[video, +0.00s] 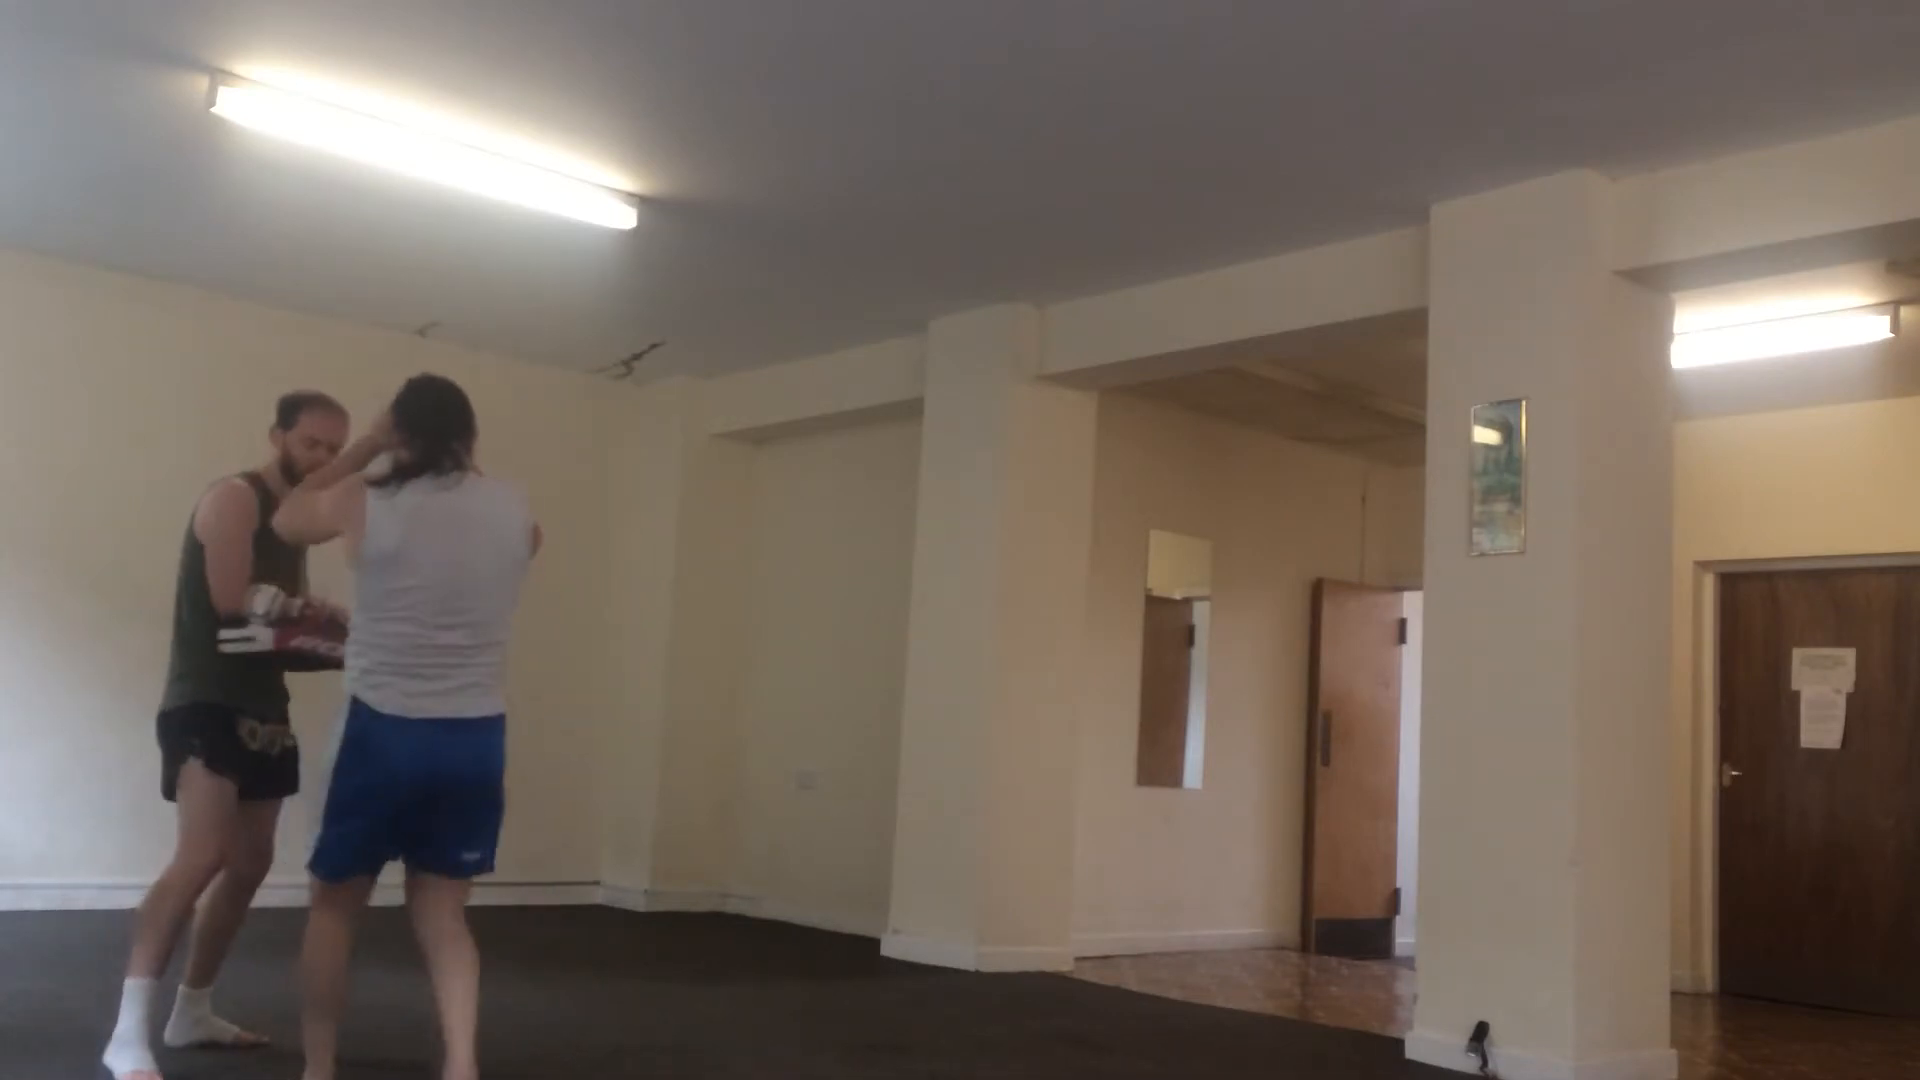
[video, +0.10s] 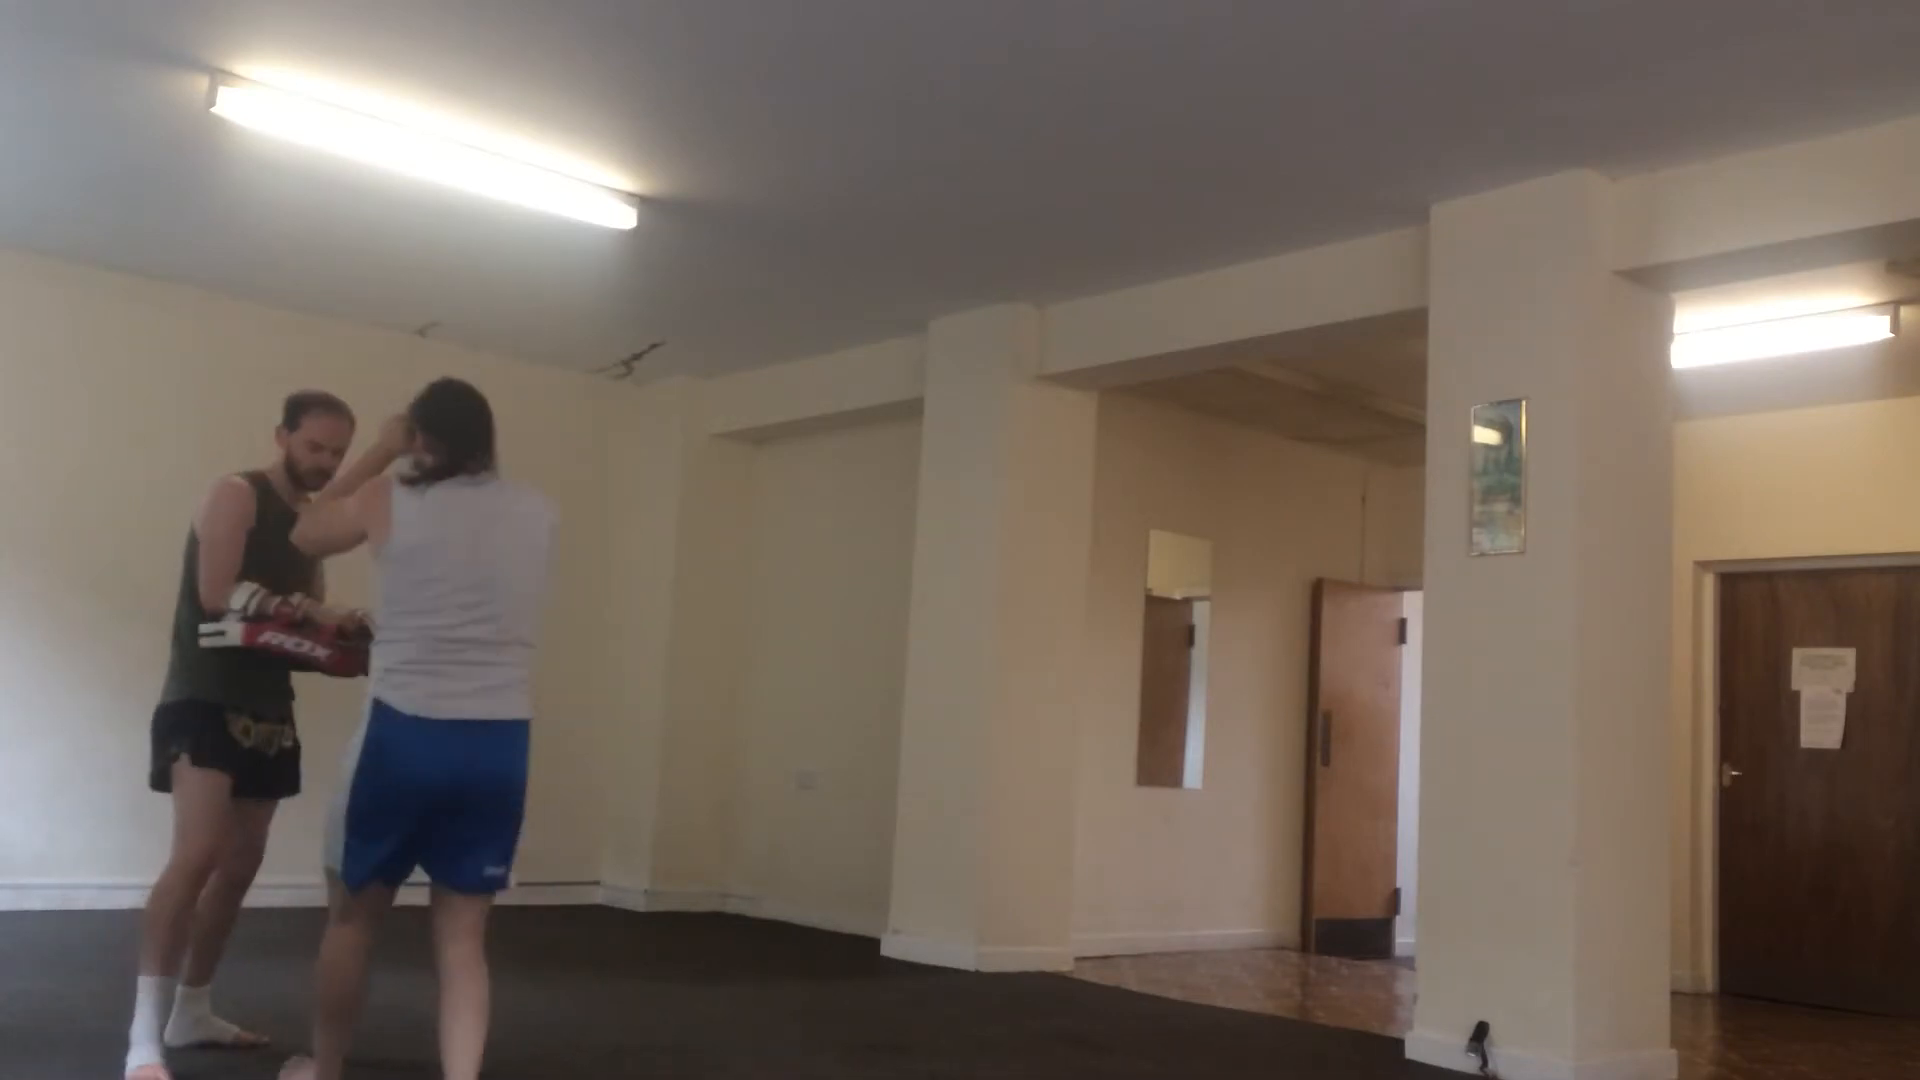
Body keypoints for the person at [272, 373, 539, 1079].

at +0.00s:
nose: (381, 437)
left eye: (387, 428)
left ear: (399, 438)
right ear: (469, 436)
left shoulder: (368, 502)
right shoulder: (512, 508)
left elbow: (288, 520)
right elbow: (524, 547)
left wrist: (365, 449)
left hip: (382, 744)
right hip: (474, 747)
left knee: (336, 906)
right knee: (443, 908)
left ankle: (319, 1066)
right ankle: (462, 1067)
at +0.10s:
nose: (408, 443)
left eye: (411, 433)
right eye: (412, 431)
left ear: (422, 442)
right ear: (490, 441)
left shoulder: (395, 501)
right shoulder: (536, 513)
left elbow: (309, 530)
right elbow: (481, 605)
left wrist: (378, 453)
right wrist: (374, 628)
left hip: (404, 747)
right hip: (498, 751)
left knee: (354, 918)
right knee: (464, 938)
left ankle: (325, 1065)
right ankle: (462, 1074)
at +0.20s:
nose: (420, 446)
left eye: (424, 436)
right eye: (423, 435)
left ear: (439, 445)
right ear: (504, 445)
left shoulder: (415, 497)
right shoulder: (553, 513)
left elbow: (327, 546)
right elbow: (504, 617)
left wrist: (386, 462)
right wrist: (385, 628)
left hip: (426, 743)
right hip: (523, 750)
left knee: (364, 906)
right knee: (479, 926)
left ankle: (364, 1069)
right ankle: (467, 1073)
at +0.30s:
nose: (433, 445)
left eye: (435, 433)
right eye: (435, 432)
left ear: (449, 436)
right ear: (515, 435)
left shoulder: (431, 485)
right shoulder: (568, 504)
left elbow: (343, 550)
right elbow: (523, 613)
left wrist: (391, 459)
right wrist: (395, 627)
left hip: (447, 736)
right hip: (542, 743)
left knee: (379, 905)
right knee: (492, 914)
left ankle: (417, 1070)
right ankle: (471, 1072)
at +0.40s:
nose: (443, 439)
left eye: (443, 428)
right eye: (443, 428)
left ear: (457, 429)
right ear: (523, 427)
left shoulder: (442, 472)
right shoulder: (579, 495)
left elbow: (351, 538)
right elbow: (530, 604)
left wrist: (397, 449)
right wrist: (413, 616)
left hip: (463, 721)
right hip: (557, 730)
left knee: (408, 933)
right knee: (495, 915)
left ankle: (466, 1071)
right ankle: (472, 1072)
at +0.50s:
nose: (447, 444)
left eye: (447, 434)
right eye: (448, 434)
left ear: (461, 432)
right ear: (528, 431)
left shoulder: (451, 474)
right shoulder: (588, 499)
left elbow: (353, 540)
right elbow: (533, 601)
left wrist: (401, 455)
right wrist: (416, 595)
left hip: (484, 720)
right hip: (574, 732)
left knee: (441, 955)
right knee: (500, 924)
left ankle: (483, 1071)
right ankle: (475, 1070)